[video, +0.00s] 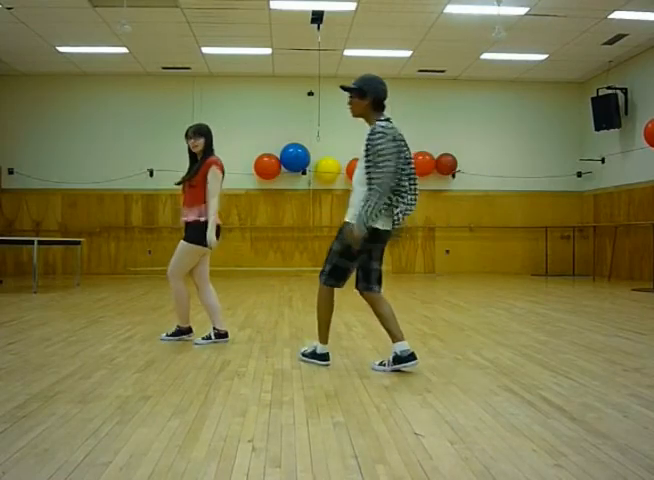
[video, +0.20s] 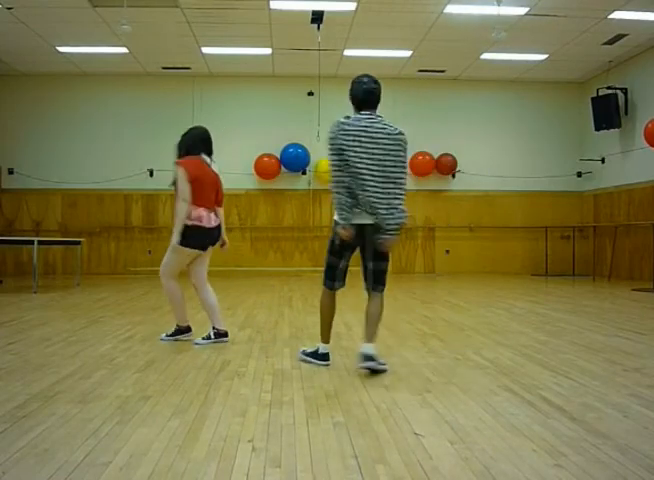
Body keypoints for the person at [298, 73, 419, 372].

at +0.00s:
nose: (349, 101)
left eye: (354, 97)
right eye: (350, 97)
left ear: (370, 100)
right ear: (372, 101)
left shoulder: (380, 134)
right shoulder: (391, 133)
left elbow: (382, 182)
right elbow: (408, 186)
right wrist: (391, 218)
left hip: (361, 221)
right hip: (379, 224)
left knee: (328, 280)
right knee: (368, 287)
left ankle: (320, 348)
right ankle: (402, 350)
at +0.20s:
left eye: (352, 96)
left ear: (351, 100)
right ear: (379, 100)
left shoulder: (340, 129)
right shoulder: (395, 134)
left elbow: (338, 177)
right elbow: (399, 183)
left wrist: (342, 219)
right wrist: (392, 228)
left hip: (348, 220)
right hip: (383, 223)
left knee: (330, 283)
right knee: (376, 288)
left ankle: (323, 348)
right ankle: (369, 348)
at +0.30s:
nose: (388, 101)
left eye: (386, 96)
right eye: (385, 97)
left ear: (360, 100)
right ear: (375, 99)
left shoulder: (336, 130)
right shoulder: (379, 127)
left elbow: (326, 177)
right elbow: (368, 177)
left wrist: (328, 214)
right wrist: (356, 227)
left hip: (343, 217)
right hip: (368, 218)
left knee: (349, 282)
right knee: (382, 283)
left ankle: (326, 347)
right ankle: (350, 350)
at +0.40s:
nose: (385, 101)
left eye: (387, 96)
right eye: (380, 95)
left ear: (386, 100)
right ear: (363, 97)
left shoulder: (370, 135)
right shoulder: (346, 129)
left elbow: (364, 180)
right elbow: (335, 176)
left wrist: (371, 221)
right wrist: (331, 221)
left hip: (366, 219)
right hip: (352, 218)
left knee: (359, 289)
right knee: (373, 284)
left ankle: (327, 348)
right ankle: (347, 349)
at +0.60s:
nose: (350, 101)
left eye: (356, 97)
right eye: (347, 97)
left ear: (370, 101)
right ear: (343, 102)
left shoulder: (385, 134)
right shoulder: (337, 137)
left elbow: (399, 174)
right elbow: (322, 178)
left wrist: (408, 211)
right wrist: (312, 213)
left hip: (367, 218)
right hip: (334, 216)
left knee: (355, 286)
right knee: (347, 286)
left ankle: (337, 336)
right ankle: (355, 350)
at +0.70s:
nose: (350, 104)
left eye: (355, 98)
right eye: (345, 101)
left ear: (366, 101)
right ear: (341, 106)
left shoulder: (384, 133)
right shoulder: (339, 139)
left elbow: (404, 176)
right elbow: (316, 173)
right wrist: (293, 204)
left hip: (365, 220)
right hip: (334, 219)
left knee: (356, 288)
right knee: (338, 287)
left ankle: (361, 339)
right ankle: (354, 348)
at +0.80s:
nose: (351, 103)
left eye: (354, 97)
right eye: (344, 101)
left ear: (364, 99)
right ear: (339, 108)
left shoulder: (380, 130)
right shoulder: (341, 139)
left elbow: (395, 161)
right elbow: (314, 167)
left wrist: (385, 121)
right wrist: (280, 167)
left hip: (362, 219)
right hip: (334, 218)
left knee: (357, 289)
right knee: (334, 288)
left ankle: (371, 335)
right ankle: (354, 349)